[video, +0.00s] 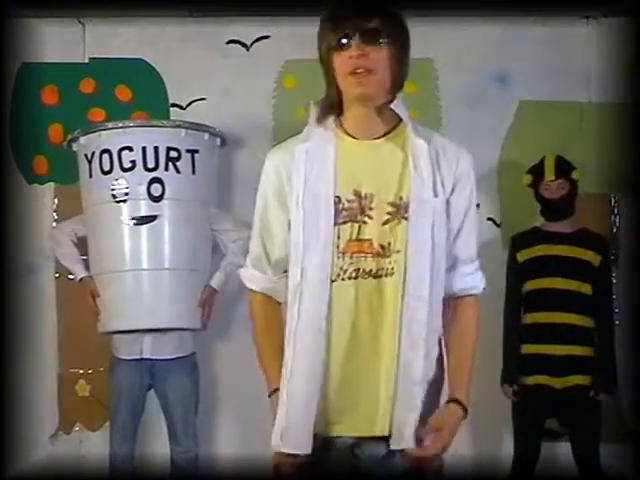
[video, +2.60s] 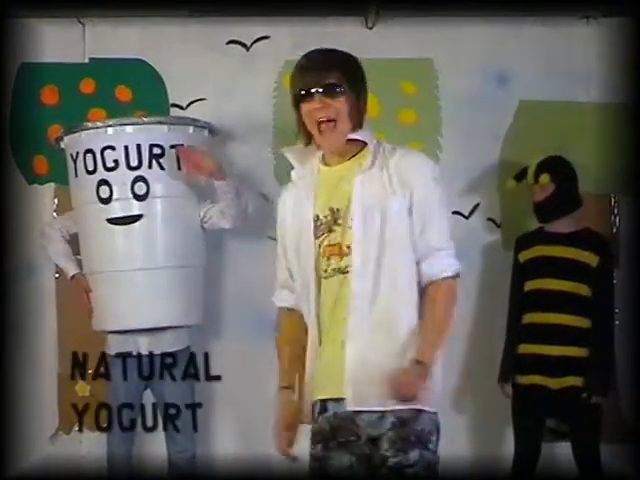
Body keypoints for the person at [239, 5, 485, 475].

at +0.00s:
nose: (357, 54)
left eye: (374, 39)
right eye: (342, 42)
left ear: (400, 54)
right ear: (327, 60)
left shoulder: (448, 164)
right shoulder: (287, 163)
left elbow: (462, 291)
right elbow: (264, 285)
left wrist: (457, 401)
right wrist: (279, 394)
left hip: (408, 425)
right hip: (311, 422)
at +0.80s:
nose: (298, 67)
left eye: (313, 48)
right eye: (294, 54)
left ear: (359, 50)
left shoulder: (443, 164)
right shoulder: (306, 161)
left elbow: (460, 311)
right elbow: (291, 292)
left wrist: (425, 435)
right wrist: (265, 402)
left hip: (389, 435)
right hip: (306, 423)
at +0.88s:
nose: (284, 71)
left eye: (294, 54)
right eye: (286, 57)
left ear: (337, 54)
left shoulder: (430, 156)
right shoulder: (312, 157)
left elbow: (455, 306)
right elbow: (302, 286)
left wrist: (414, 432)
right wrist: (253, 359)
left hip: (387, 440)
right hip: (307, 428)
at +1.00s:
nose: (293, 78)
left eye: (298, 63)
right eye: (295, 64)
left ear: (323, 64)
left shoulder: (413, 147)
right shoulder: (319, 152)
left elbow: (445, 289)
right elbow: (308, 270)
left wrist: (413, 420)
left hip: (384, 432)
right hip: (312, 419)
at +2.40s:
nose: (292, 102)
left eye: (303, 89)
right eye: (291, 92)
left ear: (340, 95)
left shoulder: (387, 171)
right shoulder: (318, 185)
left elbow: (414, 280)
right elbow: (288, 270)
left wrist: (396, 396)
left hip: (380, 414)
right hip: (322, 410)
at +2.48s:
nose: (303, 102)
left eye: (316, 87)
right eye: (296, 93)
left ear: (351, 95)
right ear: (292, 107)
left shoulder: (397, 172)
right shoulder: (306, 191)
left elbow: (424, 284)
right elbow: (284, 291)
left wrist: (382, 383)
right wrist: (250, 368)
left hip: (391, 410)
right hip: (322, 412)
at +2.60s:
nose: (320, 106)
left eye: (332, 91)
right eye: (307, 96)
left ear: (359, 101)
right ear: (297, 111)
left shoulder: (411, 172)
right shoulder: (294, 196)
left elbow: (442, 276)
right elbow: (290, 305)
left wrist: (421, 364)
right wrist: (288, 391)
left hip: (403, 405)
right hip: (328, 410)